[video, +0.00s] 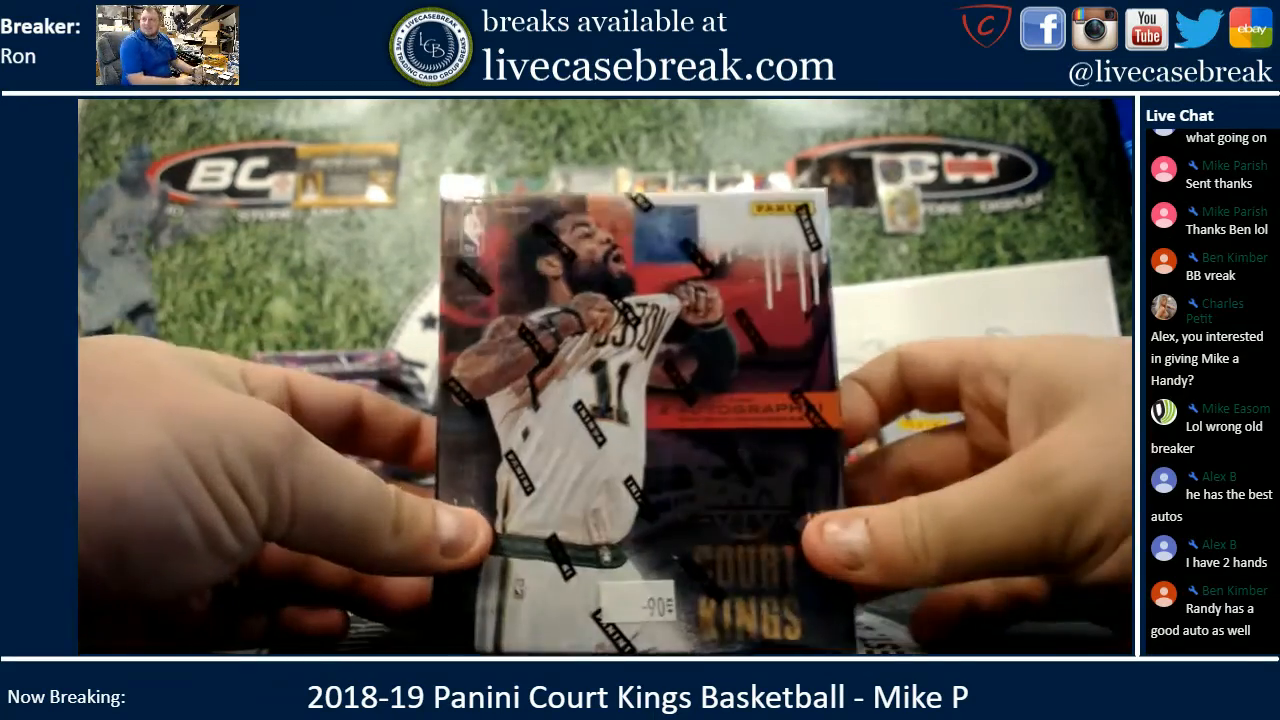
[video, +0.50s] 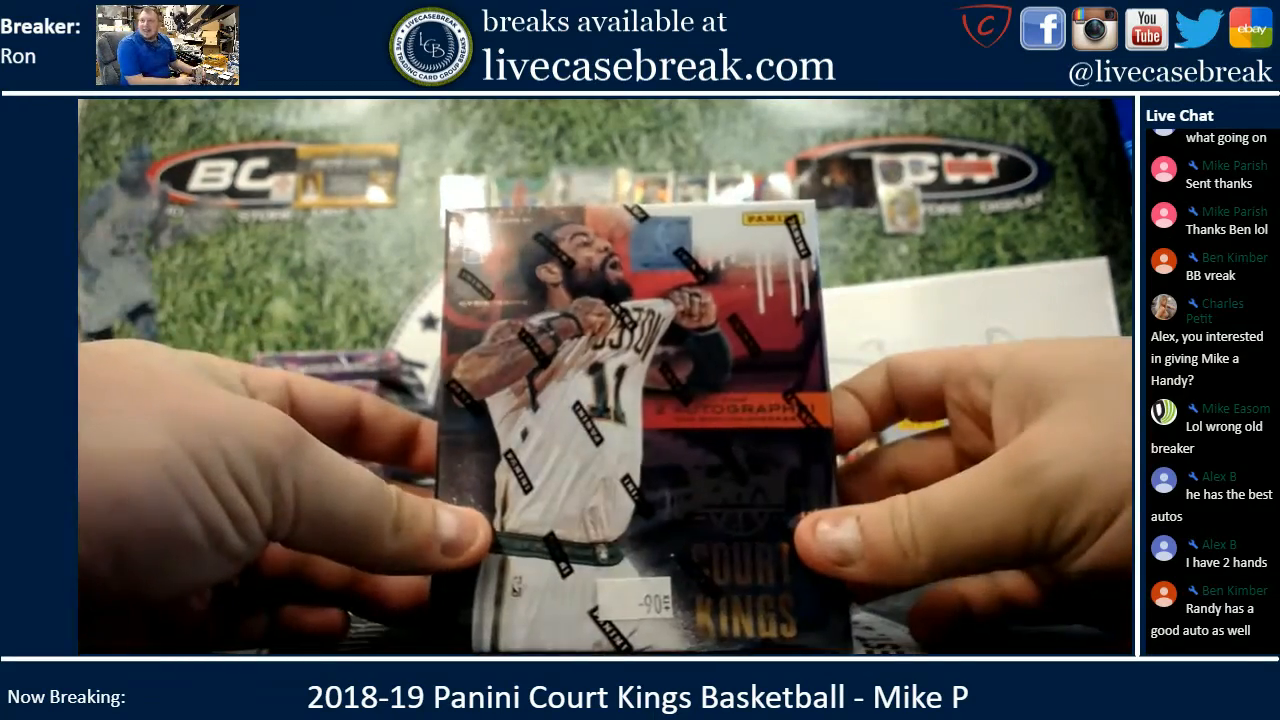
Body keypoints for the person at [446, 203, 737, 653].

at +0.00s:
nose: (607, 239)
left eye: (603, 231)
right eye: (583, 233)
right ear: (549, 265)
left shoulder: (638, 322)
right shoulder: (515, 331)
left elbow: (717, 374)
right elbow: (464, 380)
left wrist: (711, 325)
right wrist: (563, 323)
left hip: (614, 562)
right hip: (536, 566)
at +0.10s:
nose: (608, 245)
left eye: (602, 236)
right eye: (584, 239)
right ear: (550, 270)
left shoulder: (636, 325)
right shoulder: (518, 332)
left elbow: (716, 375)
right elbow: (469, 382)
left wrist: (708, 326)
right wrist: (565, 325)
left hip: (613, 562)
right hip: (535, 565)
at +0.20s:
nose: (606, 246)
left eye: (602, 238)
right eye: (583, 240)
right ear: (549, 271)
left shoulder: (633, 326)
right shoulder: (518, 333)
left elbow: (715, 374)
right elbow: (468, 382)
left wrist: (707, 327)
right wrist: (564, 325)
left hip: (612, 562)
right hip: (535, 566)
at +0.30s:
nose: (606, 247)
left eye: (602, 239)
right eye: (583, 241)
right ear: (549, 272)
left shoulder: (634, 324)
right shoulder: (517, 332)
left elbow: (715, 375)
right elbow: (468, 382)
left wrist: (705, 327)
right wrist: (566, 323)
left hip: (612, 563)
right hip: (533, 566)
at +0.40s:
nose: (605, 248)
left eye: (602, 241)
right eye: (582, 242)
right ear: (548, 273)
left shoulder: (630, 330)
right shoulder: (516, 333)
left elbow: (713, 374)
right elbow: (468, 382)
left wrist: (704, 328)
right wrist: (563, 325)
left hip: (611, 562)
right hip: (533, 565)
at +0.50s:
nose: (605, 248)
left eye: (602, 241)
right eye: (582, 242)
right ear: (548, 273)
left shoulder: (634, 325)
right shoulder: (517, 333)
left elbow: (713, 375)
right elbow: (468, 381)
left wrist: (704, 329)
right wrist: (563, 326)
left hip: (611, 563)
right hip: (533, 566)